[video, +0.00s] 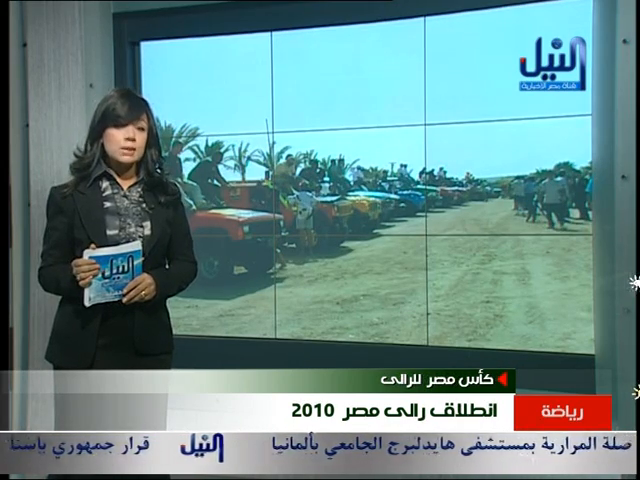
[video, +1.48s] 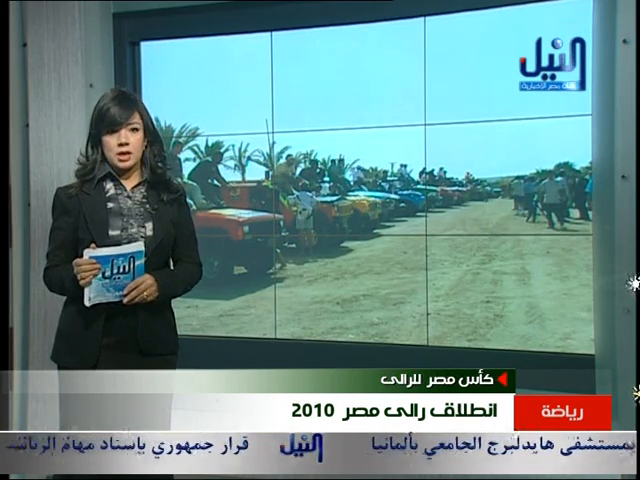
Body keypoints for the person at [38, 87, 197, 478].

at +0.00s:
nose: (130, 136)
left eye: (139, 128)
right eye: (120, 127)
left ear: (149, 137)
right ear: (101, 134)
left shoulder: (166, 195)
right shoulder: (67, 197)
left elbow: (186, 265)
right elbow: (48, 272)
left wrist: (159, 281)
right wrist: (73, 274)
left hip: (147, 348)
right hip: (82, 348)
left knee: (145, 452)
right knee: (79, 452)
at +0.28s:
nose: (131, 135)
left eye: (140, 127)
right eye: (121, 126)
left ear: (150, 137)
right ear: (102, 135)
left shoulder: (168, 197)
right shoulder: (69, 197)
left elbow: (187, 266)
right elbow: (49, 271)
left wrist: (159, 282)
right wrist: (74, 274)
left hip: (148, 348)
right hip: (83, 348)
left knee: (147, 451)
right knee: (80, 452)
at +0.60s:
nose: (128, 134)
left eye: (137, 126)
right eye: (118, 125)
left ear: (149, 136)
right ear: (101, 136)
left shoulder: (169, 197)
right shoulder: (71, 197)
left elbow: (188, 266)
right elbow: (51, 272)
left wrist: (161, 282)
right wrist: (76, 275)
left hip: (149, 349)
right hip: (84, 349)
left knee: (148, 452)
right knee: (81, 452)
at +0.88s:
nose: (125, 137)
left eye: (134, 127)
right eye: (114, 128)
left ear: (148, 135)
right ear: (100, 138)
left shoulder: (170, 196)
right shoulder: (72, 197)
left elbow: (189, 267)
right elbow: (52, 272)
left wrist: (162, 282)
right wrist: (77, 275)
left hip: (150, 347)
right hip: (86, 347)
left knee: (149, 451)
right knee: (83, 451)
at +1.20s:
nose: (124, 139)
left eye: (134, 129)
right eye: (113, 130)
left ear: (148, 136)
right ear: (99, 139)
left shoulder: (170, 196)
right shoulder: (72, 198)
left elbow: (190, 267)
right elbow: (53, 273)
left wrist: (163, 282)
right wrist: (77, 275)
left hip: (151, 348)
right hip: (87, 349)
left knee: (150, 452)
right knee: (84, 453)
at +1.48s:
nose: (123, 140)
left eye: (133, 129)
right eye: (113, 131)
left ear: (147, 136)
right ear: (99, 139)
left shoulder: (170, 196)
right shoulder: (72, 198)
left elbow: (191, 267)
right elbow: (53, 274)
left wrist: (161, 282)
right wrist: (74, 275)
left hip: (151, 348)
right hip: (87, 349)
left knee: (151, 452)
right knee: (84, 453)